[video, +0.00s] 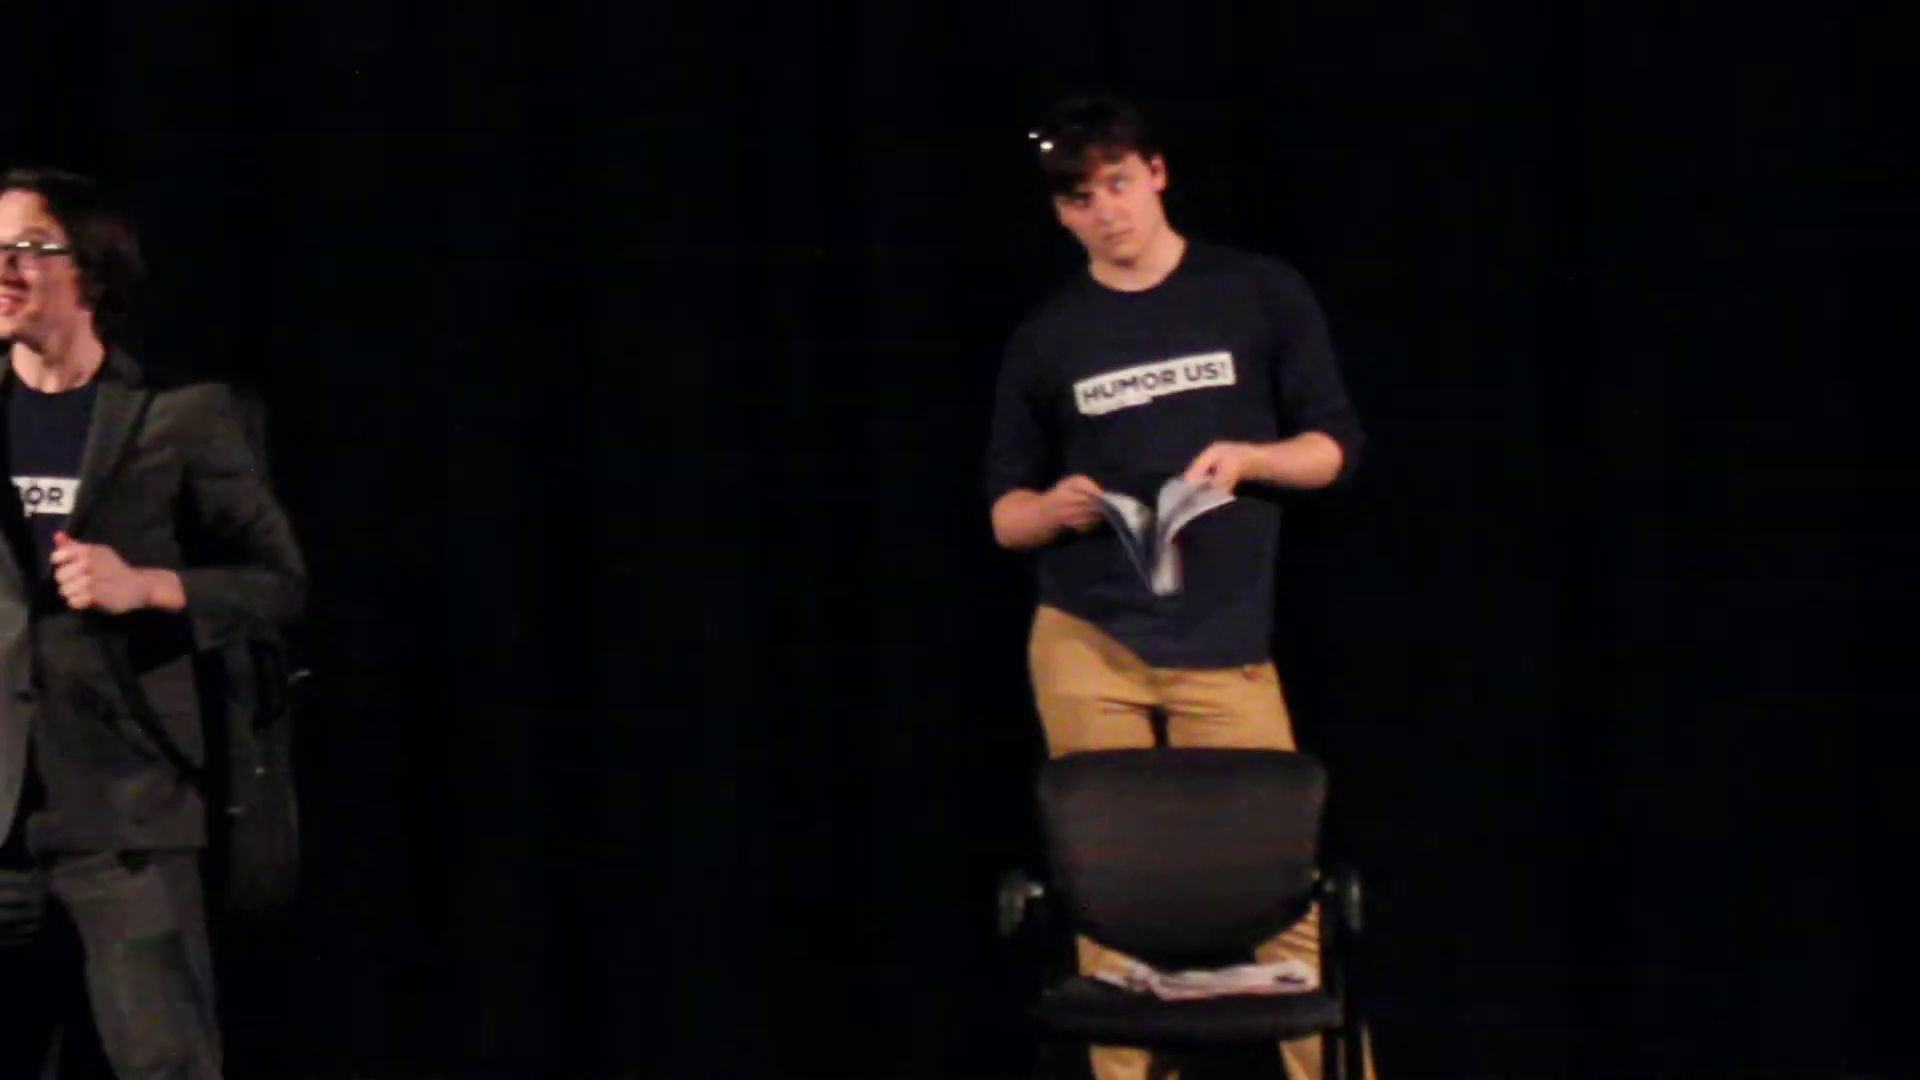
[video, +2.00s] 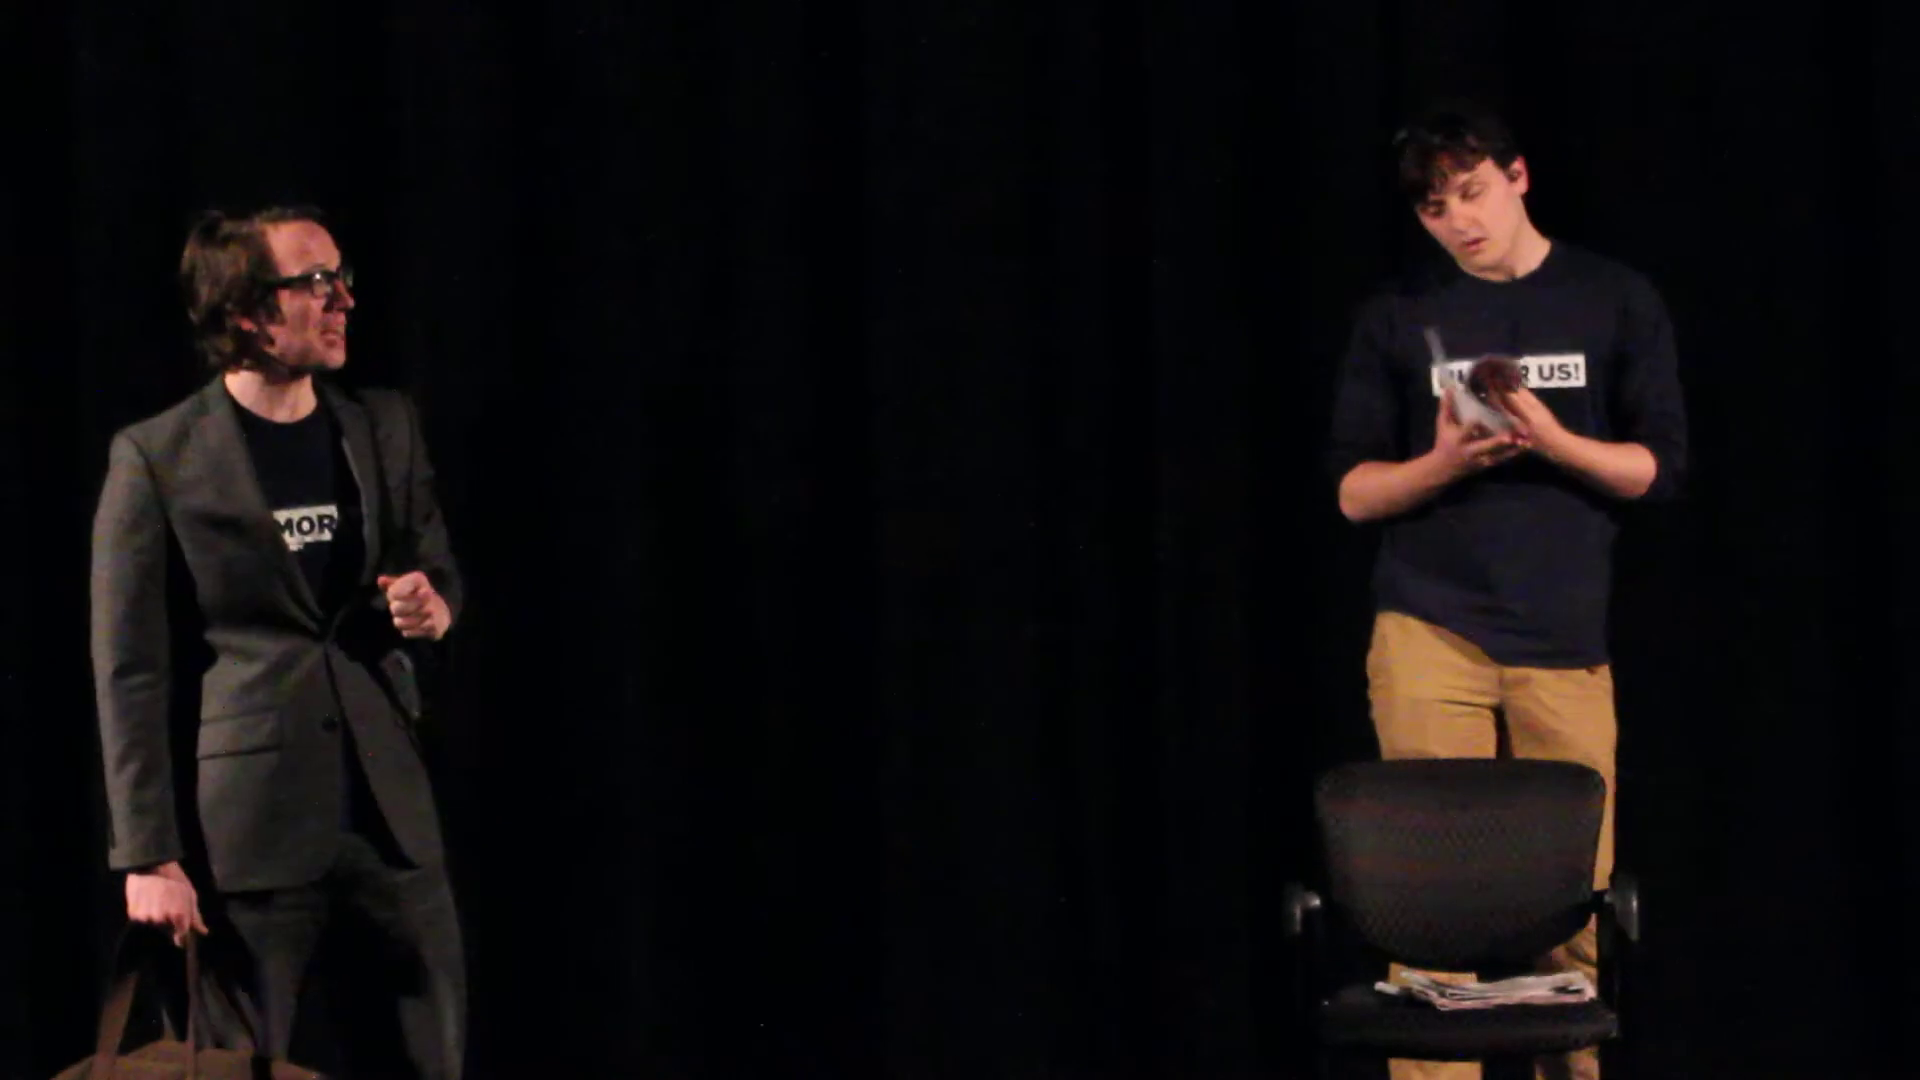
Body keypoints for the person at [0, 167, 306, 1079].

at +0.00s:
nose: (8, 267)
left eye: (32, 249)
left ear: (90, 269)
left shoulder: (182, 418)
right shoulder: (3, 408)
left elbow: (279, 584)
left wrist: (149, 586)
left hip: (118, 815)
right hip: (1, 819)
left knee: (165, 1058)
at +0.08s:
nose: (60, 273)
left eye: (88, 254)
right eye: (41, 254)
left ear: (142, 284)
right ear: (22, 279)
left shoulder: (228, 429)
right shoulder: (8, 420)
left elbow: (318, 599)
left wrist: (198, 597)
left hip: (171, 825)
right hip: (19, 826)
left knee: (193, 1063)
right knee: (31, 1070)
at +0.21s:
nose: (218, 280)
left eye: (243, 262)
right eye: (195, 265)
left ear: (289, 293)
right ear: (171, 301)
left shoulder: (376, 441)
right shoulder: (120, 443)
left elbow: (461, 607)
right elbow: (88, 644)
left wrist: (351, 615)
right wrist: (70, 819)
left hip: (324, 827)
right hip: (162, 828)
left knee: (325, 1064)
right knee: (166, 1068)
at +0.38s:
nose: (337, 292)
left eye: (359, 271)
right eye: (312, 275)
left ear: (400, 298)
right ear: (284, 307)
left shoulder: (486, 442)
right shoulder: (227, 449)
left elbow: (565, 603)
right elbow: (186, 655)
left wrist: (472, 623)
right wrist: (171, 831)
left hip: (452, 823)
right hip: (279, 827)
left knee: (450, 1065)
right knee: (278, 1068)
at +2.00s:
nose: (342, 295)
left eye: (340, 276)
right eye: (314, 282)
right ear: (244, 316)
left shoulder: (385, 425)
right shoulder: (154, 457)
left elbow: (444, 581)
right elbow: (130, 672)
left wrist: (435, 606)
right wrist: (149, 854)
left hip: (392, 800)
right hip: (249, 815)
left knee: (436, 1049)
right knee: (248, 1066)